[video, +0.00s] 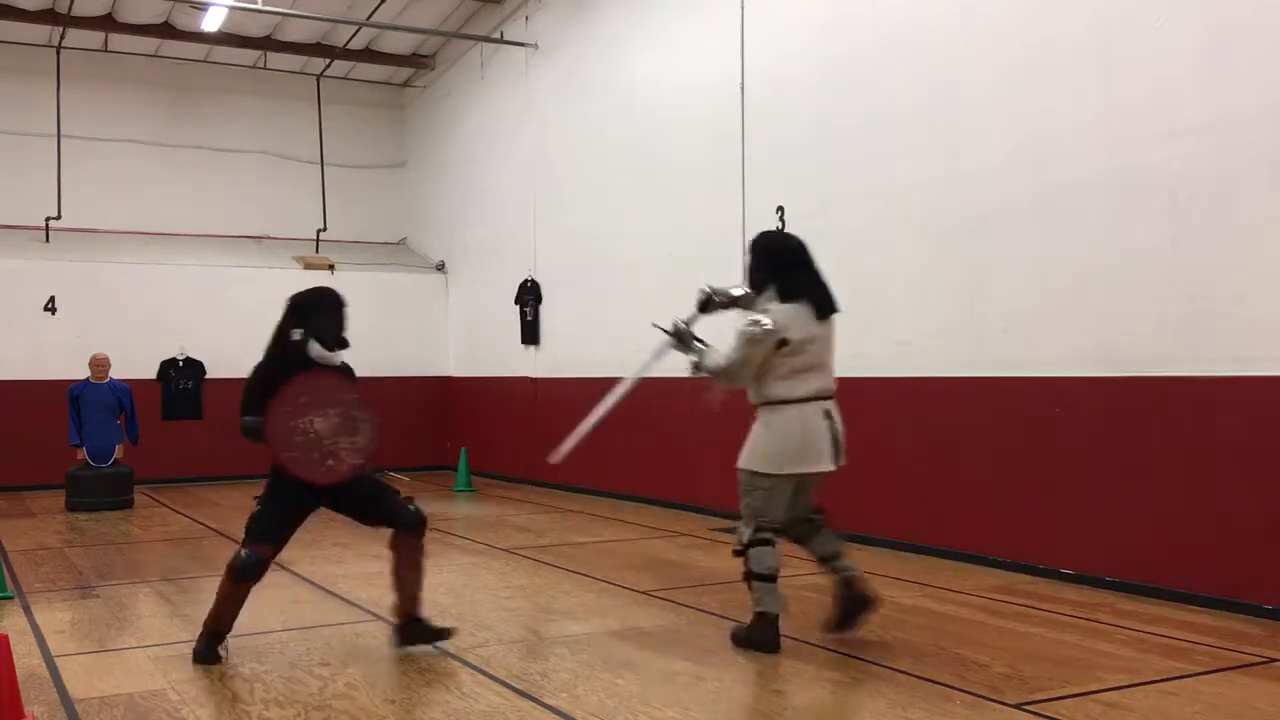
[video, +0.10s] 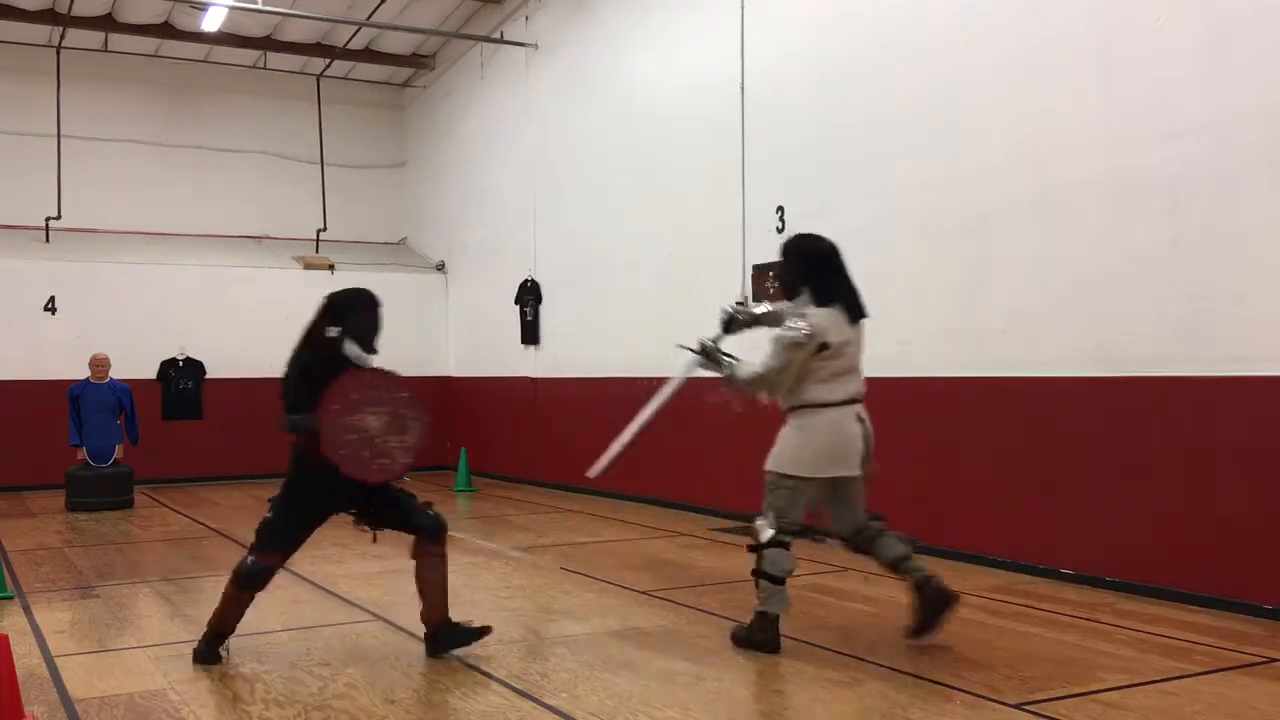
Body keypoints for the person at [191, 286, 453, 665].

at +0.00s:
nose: (342, 325)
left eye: (341, 317)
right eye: (334, 317)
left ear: (336, 318)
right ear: (308, 322)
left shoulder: (340, 372)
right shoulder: (277, 366)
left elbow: (351, 424)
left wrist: (348, 441)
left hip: (341, 477)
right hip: (292, 480)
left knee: (410, 521)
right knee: (250, 561)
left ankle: (409, 623)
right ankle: (212, 636)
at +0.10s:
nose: (377, 328)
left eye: (377, 319)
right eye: (371, 319)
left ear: (350, 320)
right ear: (350, 320)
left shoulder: (359, 368)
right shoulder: (314, 361)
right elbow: (300, 423)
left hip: (356, 480)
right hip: (312, 483)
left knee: (431, 527)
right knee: (258, 566)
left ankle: (438, 628)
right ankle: (212, 639)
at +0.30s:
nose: (479, 328)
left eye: (479, 320)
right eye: (475, 320)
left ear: (447, 317)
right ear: (458, 320)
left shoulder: (433, 355)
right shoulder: (435, 358)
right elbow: (430, 426)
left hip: (417, 480)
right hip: (404, 482)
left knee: (485, 540)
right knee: (358, 577)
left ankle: (442, 633)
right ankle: (269, 602)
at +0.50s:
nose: (567, 331)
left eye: (565, 324)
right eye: (564, 324)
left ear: (526, 323)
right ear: (558, 326)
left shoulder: (501, 356)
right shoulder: (555, 360)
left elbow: (472, 412)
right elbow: (605, 389)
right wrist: (644, 398)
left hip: (482, 476)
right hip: (513, 476)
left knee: (519, 559)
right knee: (589, 524)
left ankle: (446, 627)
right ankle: (550, 624)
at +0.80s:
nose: (710, 319)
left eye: (706, 313)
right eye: (705, 313)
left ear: (663, 322)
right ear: (699, 319)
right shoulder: (713, 352)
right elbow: (778, 367)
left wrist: (759, 399)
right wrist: (812, 359)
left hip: (664, 485)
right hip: (702, 484)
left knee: (629, 580)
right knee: (777, 536)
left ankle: (540, 635)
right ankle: (769, 636)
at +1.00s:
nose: (805, 297)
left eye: (801, 288)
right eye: (800, 290)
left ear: (755, 296)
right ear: (793, 296)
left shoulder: (745, 331)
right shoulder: (804, 332)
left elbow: (790, 342)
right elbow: (861, 367)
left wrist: (813, 309)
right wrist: (886, 372)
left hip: (731, 460)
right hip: (772, 465)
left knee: (697, 549)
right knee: (815, 546)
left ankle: (628, 621)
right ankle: (769, 636)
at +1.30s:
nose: (918, 276)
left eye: (916, 268)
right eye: (915, 269)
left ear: (868, 268)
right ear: (905, 273)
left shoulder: (849, 311)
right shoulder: (913, 317)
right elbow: (957, 351)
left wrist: (922, 319)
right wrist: (952, 324)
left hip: (837, 451)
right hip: (884, 452)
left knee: (817, 542)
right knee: (971, 535)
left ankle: (770, 637)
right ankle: (960, 649)